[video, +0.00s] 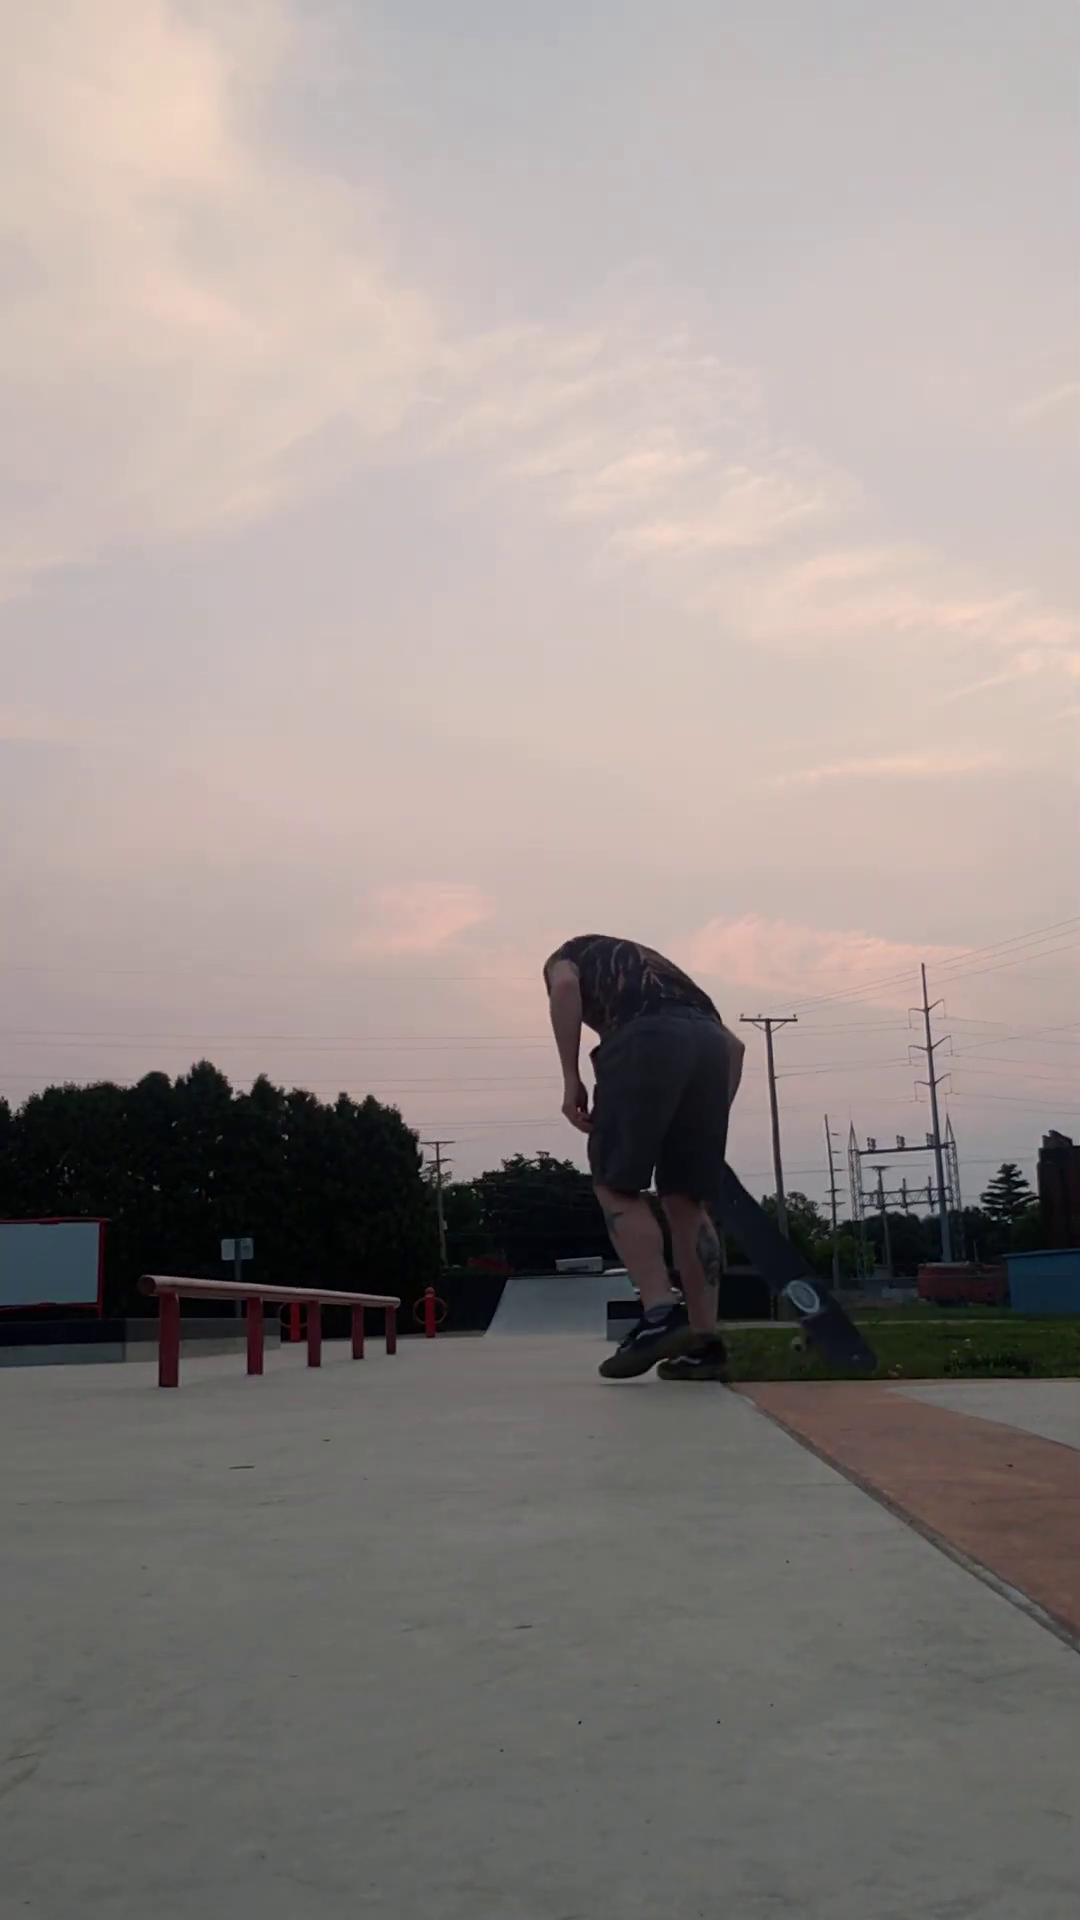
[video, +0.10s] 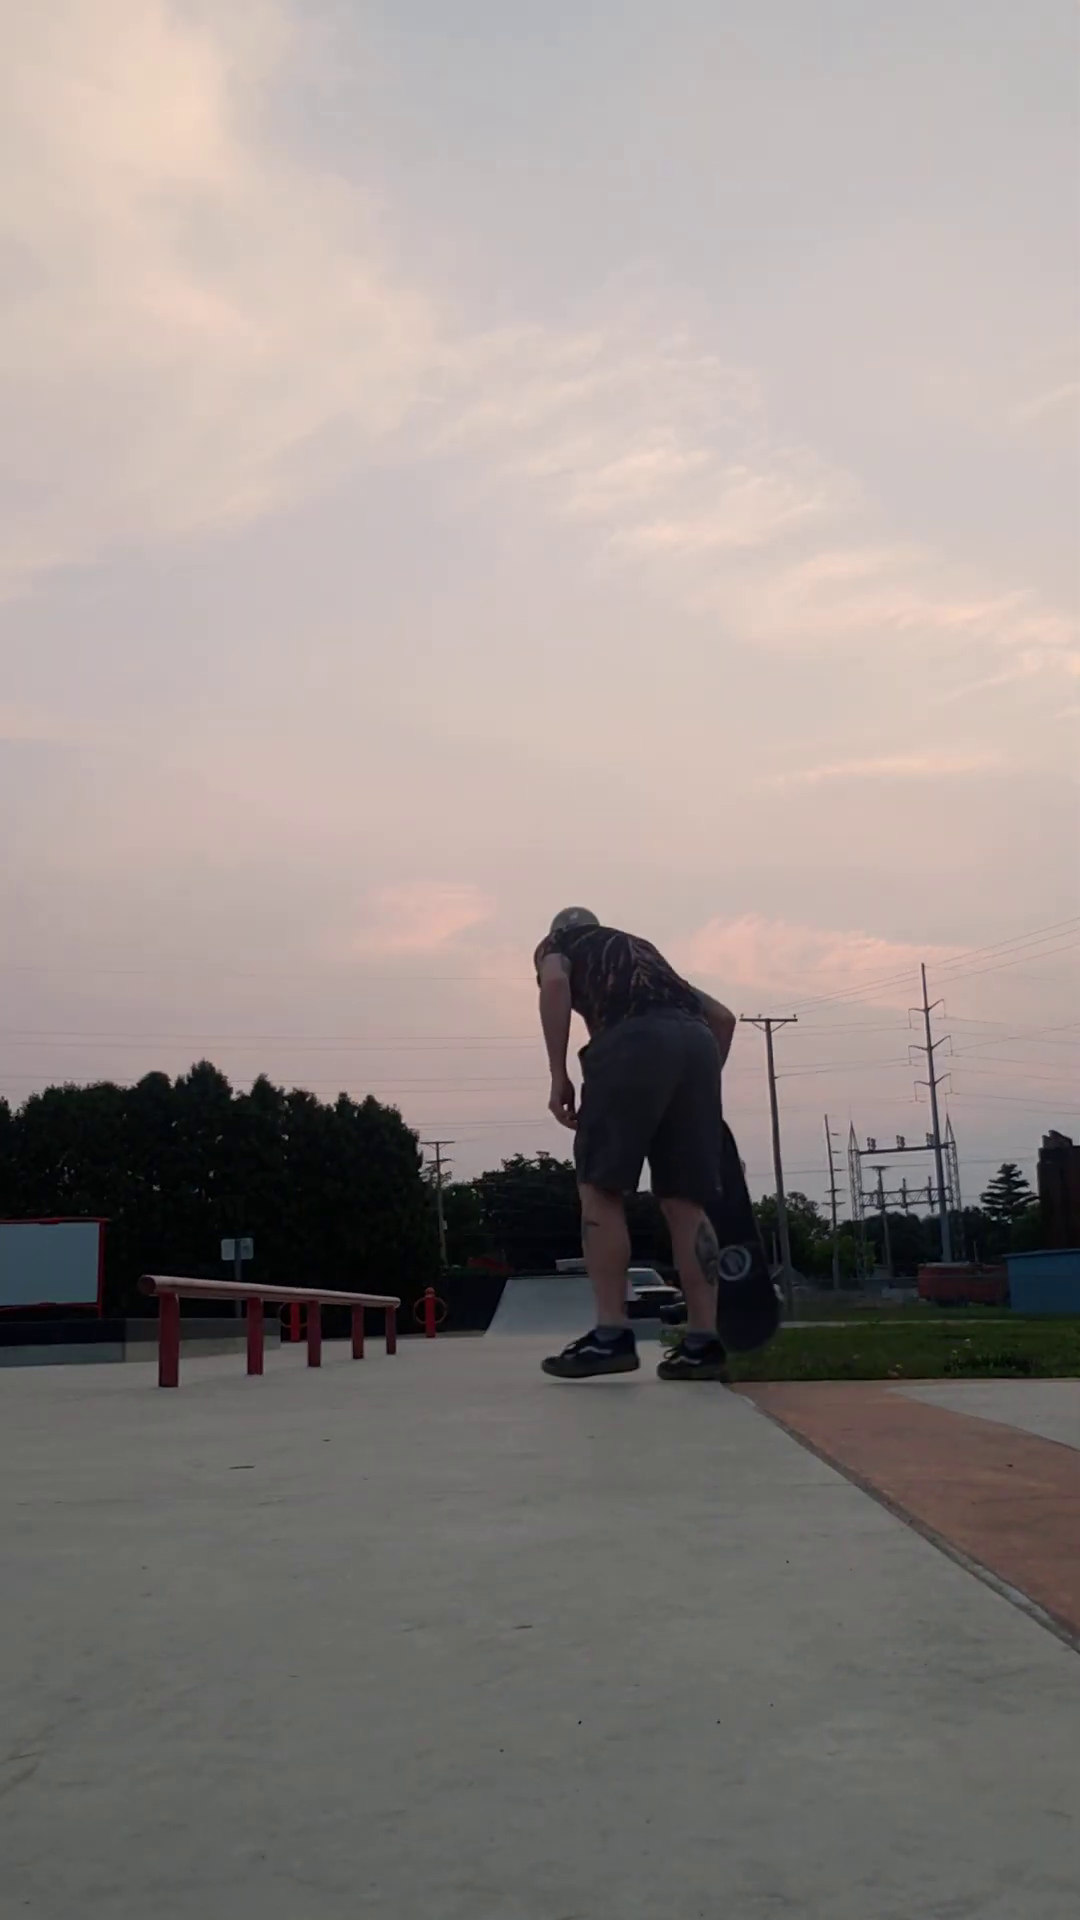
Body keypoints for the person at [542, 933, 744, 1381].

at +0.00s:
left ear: (571, 954)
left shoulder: (568, 956)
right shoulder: (653, 965)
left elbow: (565, 986)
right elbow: (733, 1046)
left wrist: (572, 1080)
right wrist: (710, 1121)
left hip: (648, 1043)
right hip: (712, 1047)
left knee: (616, 1187)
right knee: (684, 1195)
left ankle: (659, 1311)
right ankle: (706, 1343)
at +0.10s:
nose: (551, 942)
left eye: (552, 933)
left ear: (558, 930)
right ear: (595, 926)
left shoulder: (556, 942)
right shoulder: (640, 952)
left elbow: (555, 982)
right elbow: (722, 1018)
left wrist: (559, 1075)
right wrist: (698, 1089)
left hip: (633, 1047)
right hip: (698, 1049)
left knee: (600, 1187)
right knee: (684, 1196)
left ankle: (611, 1336)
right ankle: (702, 1342)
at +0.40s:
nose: (511, 897)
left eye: (510, 889)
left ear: (513, 887)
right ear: (560, 883)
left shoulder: (509, 916)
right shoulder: (597, 919)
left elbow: (505, 985)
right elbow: (645, 999)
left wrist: (498, 1075)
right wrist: (623, 1061)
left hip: (561, 1065)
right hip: (626, 1064)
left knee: (547, 1206)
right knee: (628, 1197)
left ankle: (552, 1348)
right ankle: (680, 1326)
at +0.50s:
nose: (500, 883)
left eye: (499, 876)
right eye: (511, 877)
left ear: (503, 872)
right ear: (549, 873)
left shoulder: (495, 908)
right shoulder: (586, 920)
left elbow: (480, 983)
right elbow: (620, 1010)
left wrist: (467, 1067)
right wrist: (592, 1066)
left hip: (540, 1063)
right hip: (602, 1064)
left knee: (532, 1203)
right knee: (582, 1200)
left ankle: (549, 1348)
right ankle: (639, 1299)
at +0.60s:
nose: (497, 878)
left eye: (494, 870)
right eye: (515, 870)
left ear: (494, 867)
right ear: (542, 871)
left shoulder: (484, 906)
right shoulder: (575, 922)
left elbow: (462, 983)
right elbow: (596, 1016)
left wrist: (440, 1061)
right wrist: (570, 1069)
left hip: (520, 1063)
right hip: (582, 1064)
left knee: (526, 1205)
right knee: (553, 1200)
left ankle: (548, 1345)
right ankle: (579, 1307)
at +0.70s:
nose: (495, 880)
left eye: (489, 870)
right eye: (513, 870)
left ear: (486, 869)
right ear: (533, 876)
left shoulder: (471, 910)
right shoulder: (563, 931)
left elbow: (446, 988)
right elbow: (572, 1025)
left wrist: (418, 1061)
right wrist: (550, 1076)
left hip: (503, 1065)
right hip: (561, 1068)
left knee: (518, 1206)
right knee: (523, 1205)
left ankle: (550, 1348)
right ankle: (512, 1334)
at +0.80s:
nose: (489, 888)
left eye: (481, 879)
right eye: (506, 879)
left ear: (477, 877)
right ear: (523, 884)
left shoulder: (459, 918)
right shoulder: (549, 942)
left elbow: (432, 994)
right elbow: (553, 1031)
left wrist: (403, 1068)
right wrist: (543, 1088)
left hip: (484, 1076)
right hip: (543, 1081)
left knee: (512, 1213)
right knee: (496, 1216)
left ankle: (549, 1343)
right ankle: (466, 1342)